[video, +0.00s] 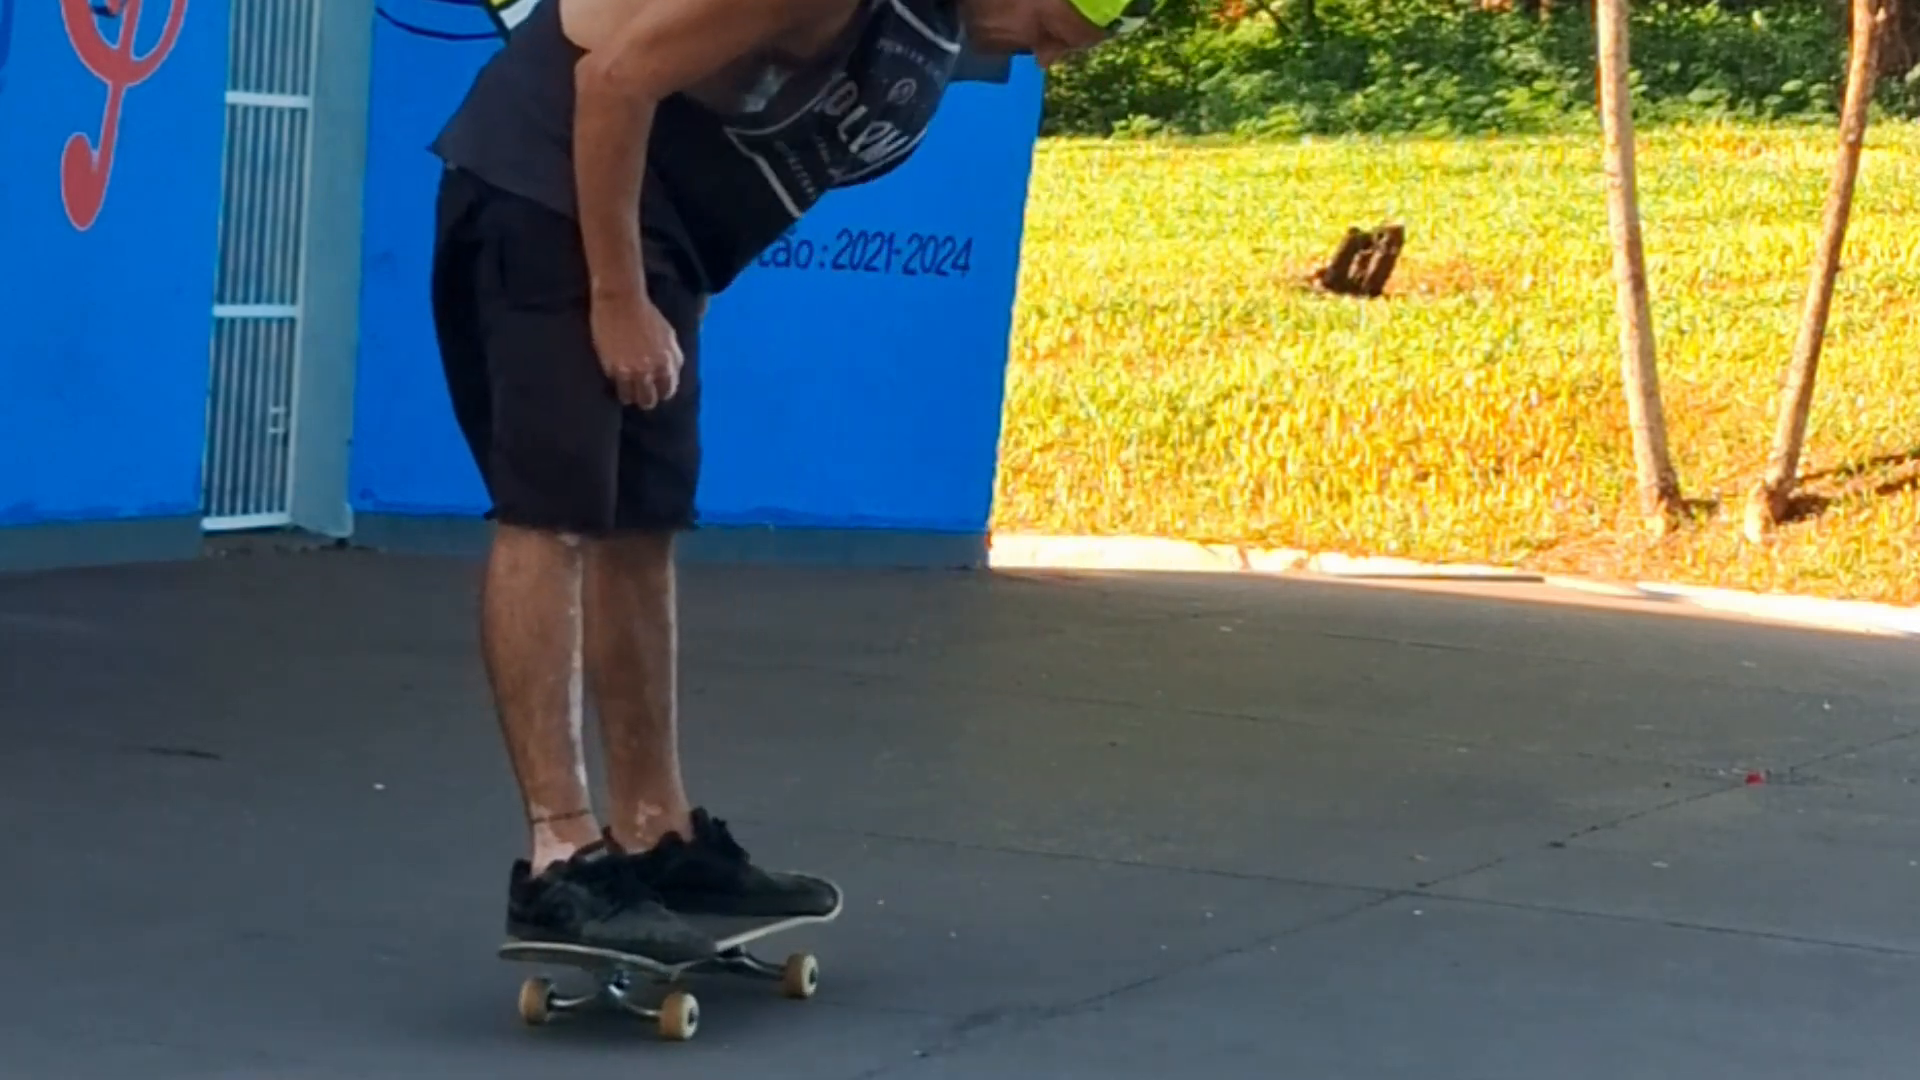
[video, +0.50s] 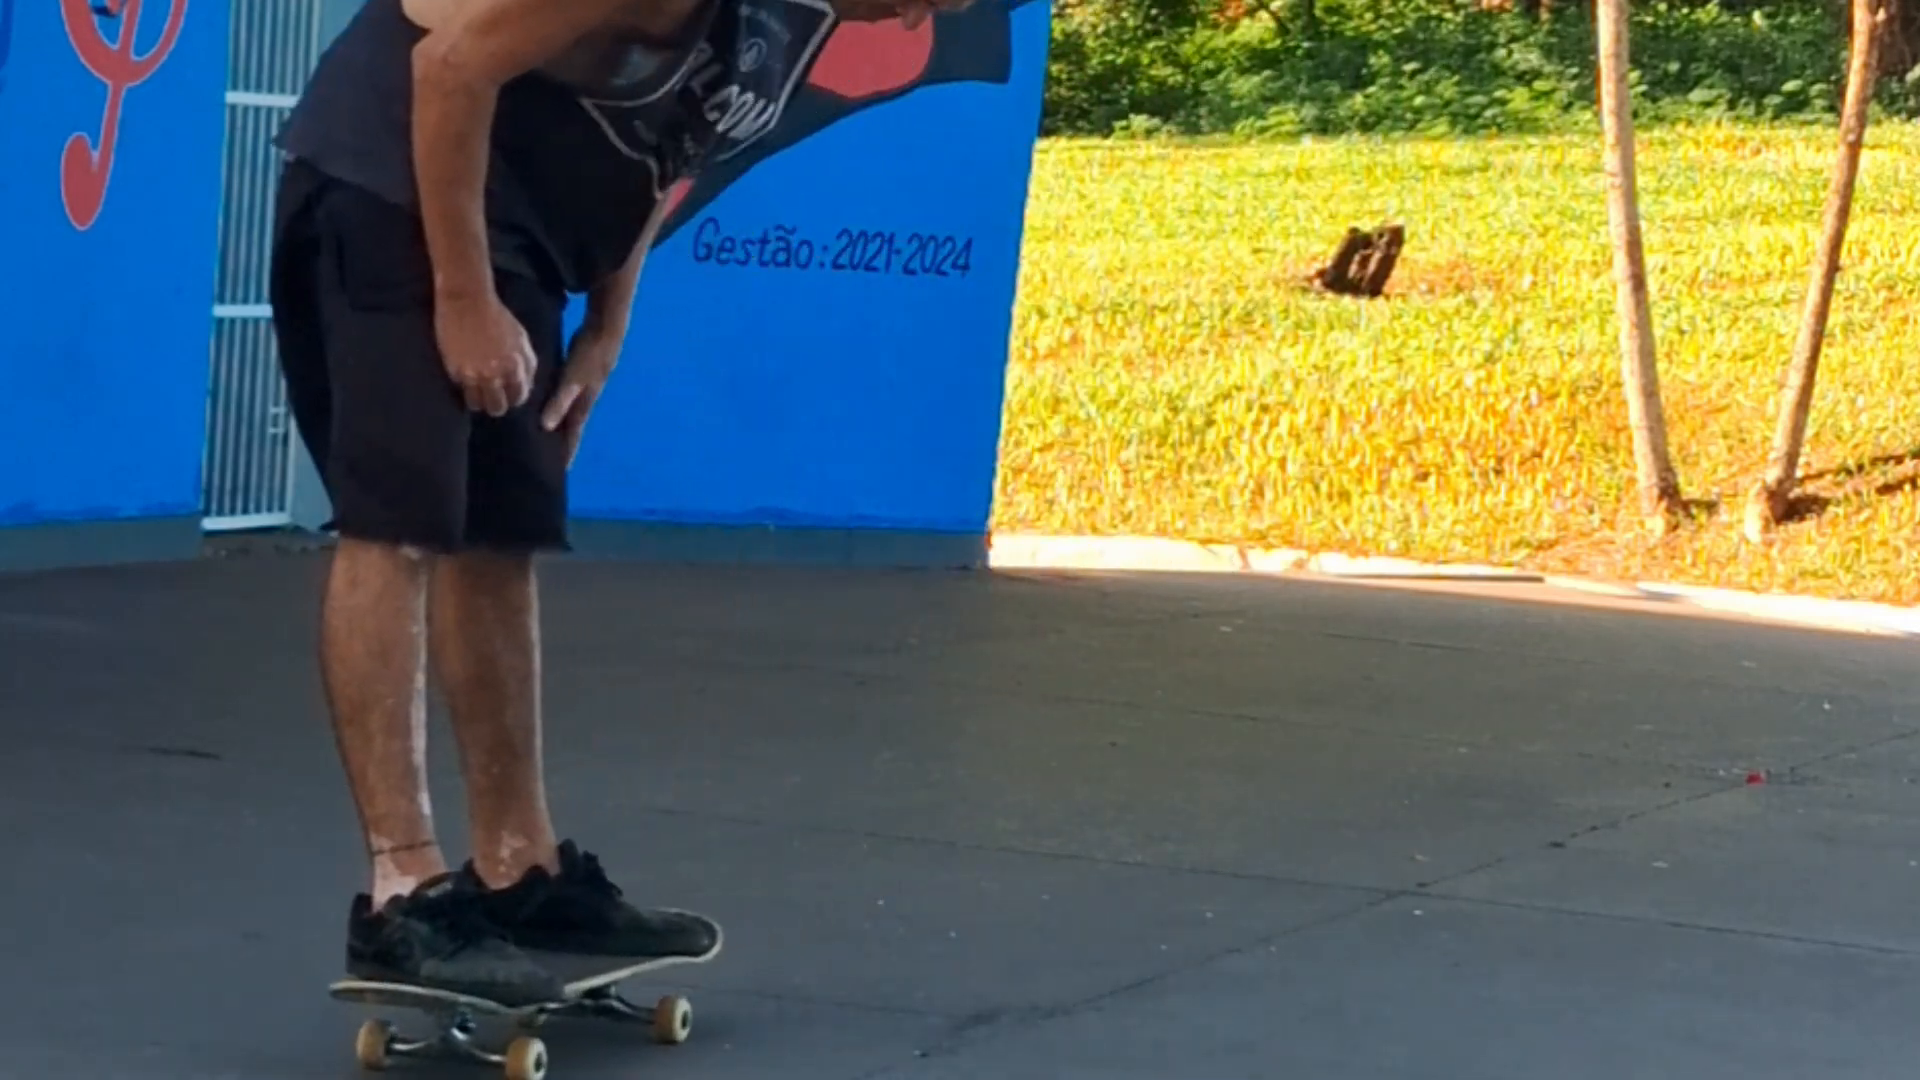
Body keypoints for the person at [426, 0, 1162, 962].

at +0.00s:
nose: (1071, 45)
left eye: (1086, 30)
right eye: (1070, 17)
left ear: (1031, 13)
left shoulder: (937, 55)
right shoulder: (833, 7)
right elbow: (614, 74)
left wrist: (677, 292)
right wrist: (619, 297)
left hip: (659, 230)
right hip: (542, 190)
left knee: (643, 513)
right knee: (546, 507)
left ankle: (654, 836)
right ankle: (557, 861)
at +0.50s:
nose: (920, 14)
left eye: (934, 10)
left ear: (906, 9)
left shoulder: (794, 33)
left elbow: (658, 156)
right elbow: (451, 64)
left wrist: (604, 330)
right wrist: (464, 298)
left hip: (519, 215)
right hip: (388, 169)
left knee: (501, 524)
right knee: (393, 521)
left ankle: (519, 873)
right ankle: (403, 895)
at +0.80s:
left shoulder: (715, 20)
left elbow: (584, 164)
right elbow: (348, 59)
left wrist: (497, 339)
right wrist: (367, 299)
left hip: (431, 234)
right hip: (287, 176)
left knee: (406, 543)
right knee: (285, 536)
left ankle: (428, 894)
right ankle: (295, 920)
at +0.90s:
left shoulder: (676, 8)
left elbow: (550, 157)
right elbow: (316, 58)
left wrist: (463, 345)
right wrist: (334, 303)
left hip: (404, 206)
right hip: (250, 160)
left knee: (377, 538)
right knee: (249, 534)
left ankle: (395, 902)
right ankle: (257, 929)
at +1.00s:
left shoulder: (631, 21)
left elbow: (518, 154)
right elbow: (283, 55)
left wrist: (441, 334)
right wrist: (299, 303)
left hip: (386, 202)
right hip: (227, 155)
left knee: (356, 542)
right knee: (213, 540)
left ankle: (358, 908)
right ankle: (214, 941)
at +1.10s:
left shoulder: (583, 20)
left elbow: (476, 147)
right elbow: (251, 53)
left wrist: (418, 328)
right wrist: (271, 304)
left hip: (345, 214)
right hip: (182, 164)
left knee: (333, 544)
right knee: (181, 541)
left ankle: (325, 915)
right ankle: (172, 951)